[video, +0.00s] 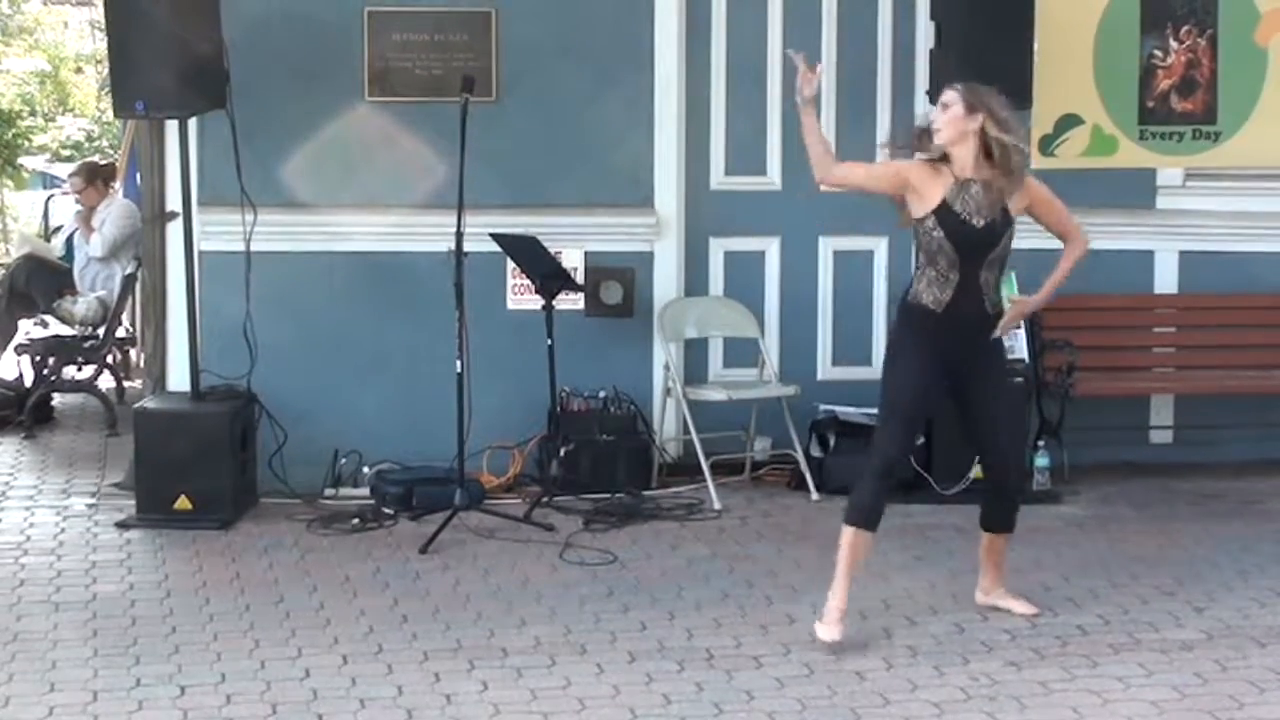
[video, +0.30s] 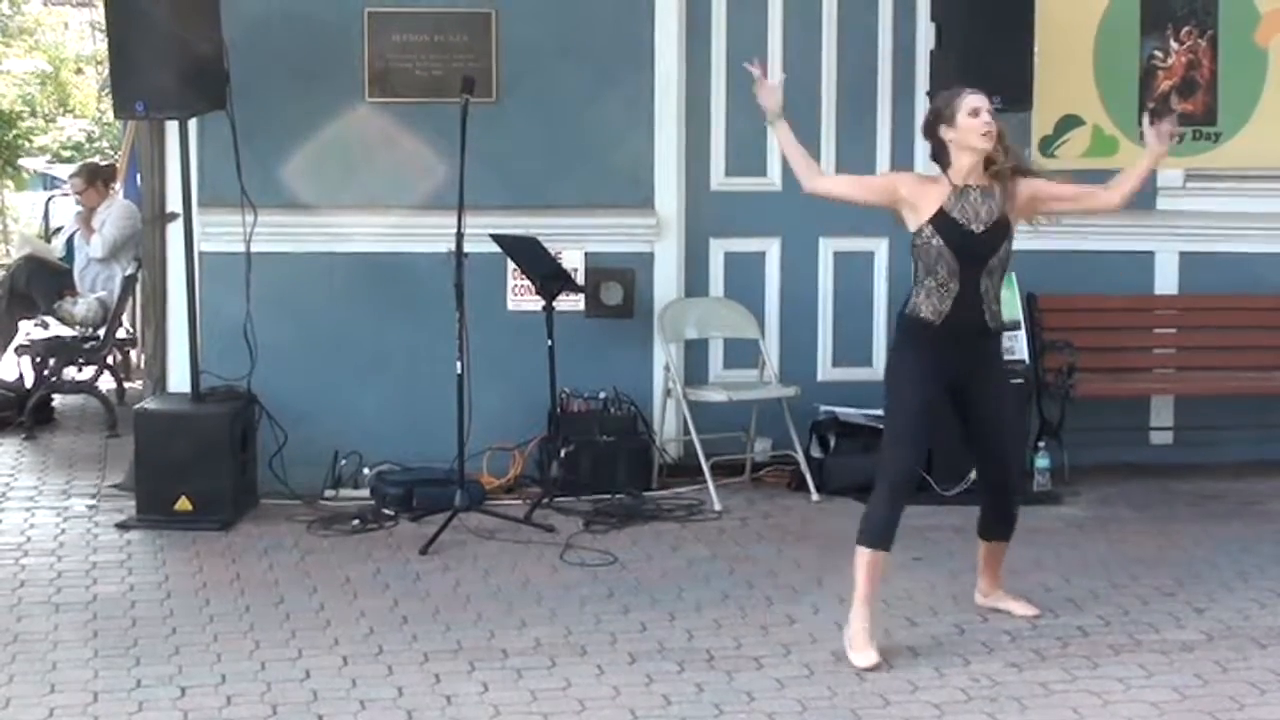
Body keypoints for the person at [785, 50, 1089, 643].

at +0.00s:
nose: (934, 115)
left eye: (947, 107)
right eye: (935, 108)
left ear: (978, 121)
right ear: (942, 124)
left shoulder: (1012, 184)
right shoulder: (915, 175)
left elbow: (1076, 240)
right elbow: (828, 173)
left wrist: (1036, 301)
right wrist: (806, 104)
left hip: (982, 340)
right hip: (919, 337)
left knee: (1008, 463)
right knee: (889, 456)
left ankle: (991, 586)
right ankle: (838, 596)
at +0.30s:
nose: (988, 120)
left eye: (990, 113)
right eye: (974, 113)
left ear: (997, 127)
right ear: (944, 131)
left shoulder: (1015, 192)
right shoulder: (912, 188)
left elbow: (1110, 197)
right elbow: (815, 181)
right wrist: (775, 117)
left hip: (985, 353)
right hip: (921, 350)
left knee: (1005, 474)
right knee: (899, 472)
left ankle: (989, 589)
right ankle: (860, 617)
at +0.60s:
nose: (928, 95)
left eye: (930, 87)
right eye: (913, 88)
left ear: (937, 105)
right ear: (884, 108)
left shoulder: (961, 171)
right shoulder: (859, 173)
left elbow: (1049, 197)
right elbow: (770, 215)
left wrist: (1079, 125)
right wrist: (731, 151)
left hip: (948, 343)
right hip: (882, 345)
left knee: (957, 478)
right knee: (872, 485)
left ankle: (961, 601)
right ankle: (855, 630)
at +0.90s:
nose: (911, 119)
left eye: (917, 110)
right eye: (897, 113)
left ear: (927, 125)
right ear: (872, 131)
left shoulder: (952, 191)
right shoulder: (846, 197)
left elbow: (1020, 254)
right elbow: (784, 272)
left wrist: (1079, 206)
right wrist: (730, 217)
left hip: (925, 353)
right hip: (859, 355)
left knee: (927, 490)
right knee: (868, 490)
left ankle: (922, 632)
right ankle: (860, 636)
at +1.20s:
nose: (914, 173)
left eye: (923, 164)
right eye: (903, 164)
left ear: (934, 169)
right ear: (881, 170)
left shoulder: (954, 223)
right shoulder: (851, 228)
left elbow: (995, 299)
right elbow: (801, 313)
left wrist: (1054, 294)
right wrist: (769, 293)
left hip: (916, 368)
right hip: (852, 369)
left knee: (925, 499)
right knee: (869, 497)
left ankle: (919, 635)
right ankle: (859, 639)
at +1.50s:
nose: (912, 233)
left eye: (922, 222)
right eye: (902, 222)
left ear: (937, 218)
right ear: (883, 217)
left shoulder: (956, 255)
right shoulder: (850, 260)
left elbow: (979, 320)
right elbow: (801, 329)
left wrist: (1002, 352)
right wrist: (804, 355)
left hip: (913, 377)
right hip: (848, 379)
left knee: (926, 504)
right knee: (869, 502)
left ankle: (916, 637)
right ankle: (859, 640)